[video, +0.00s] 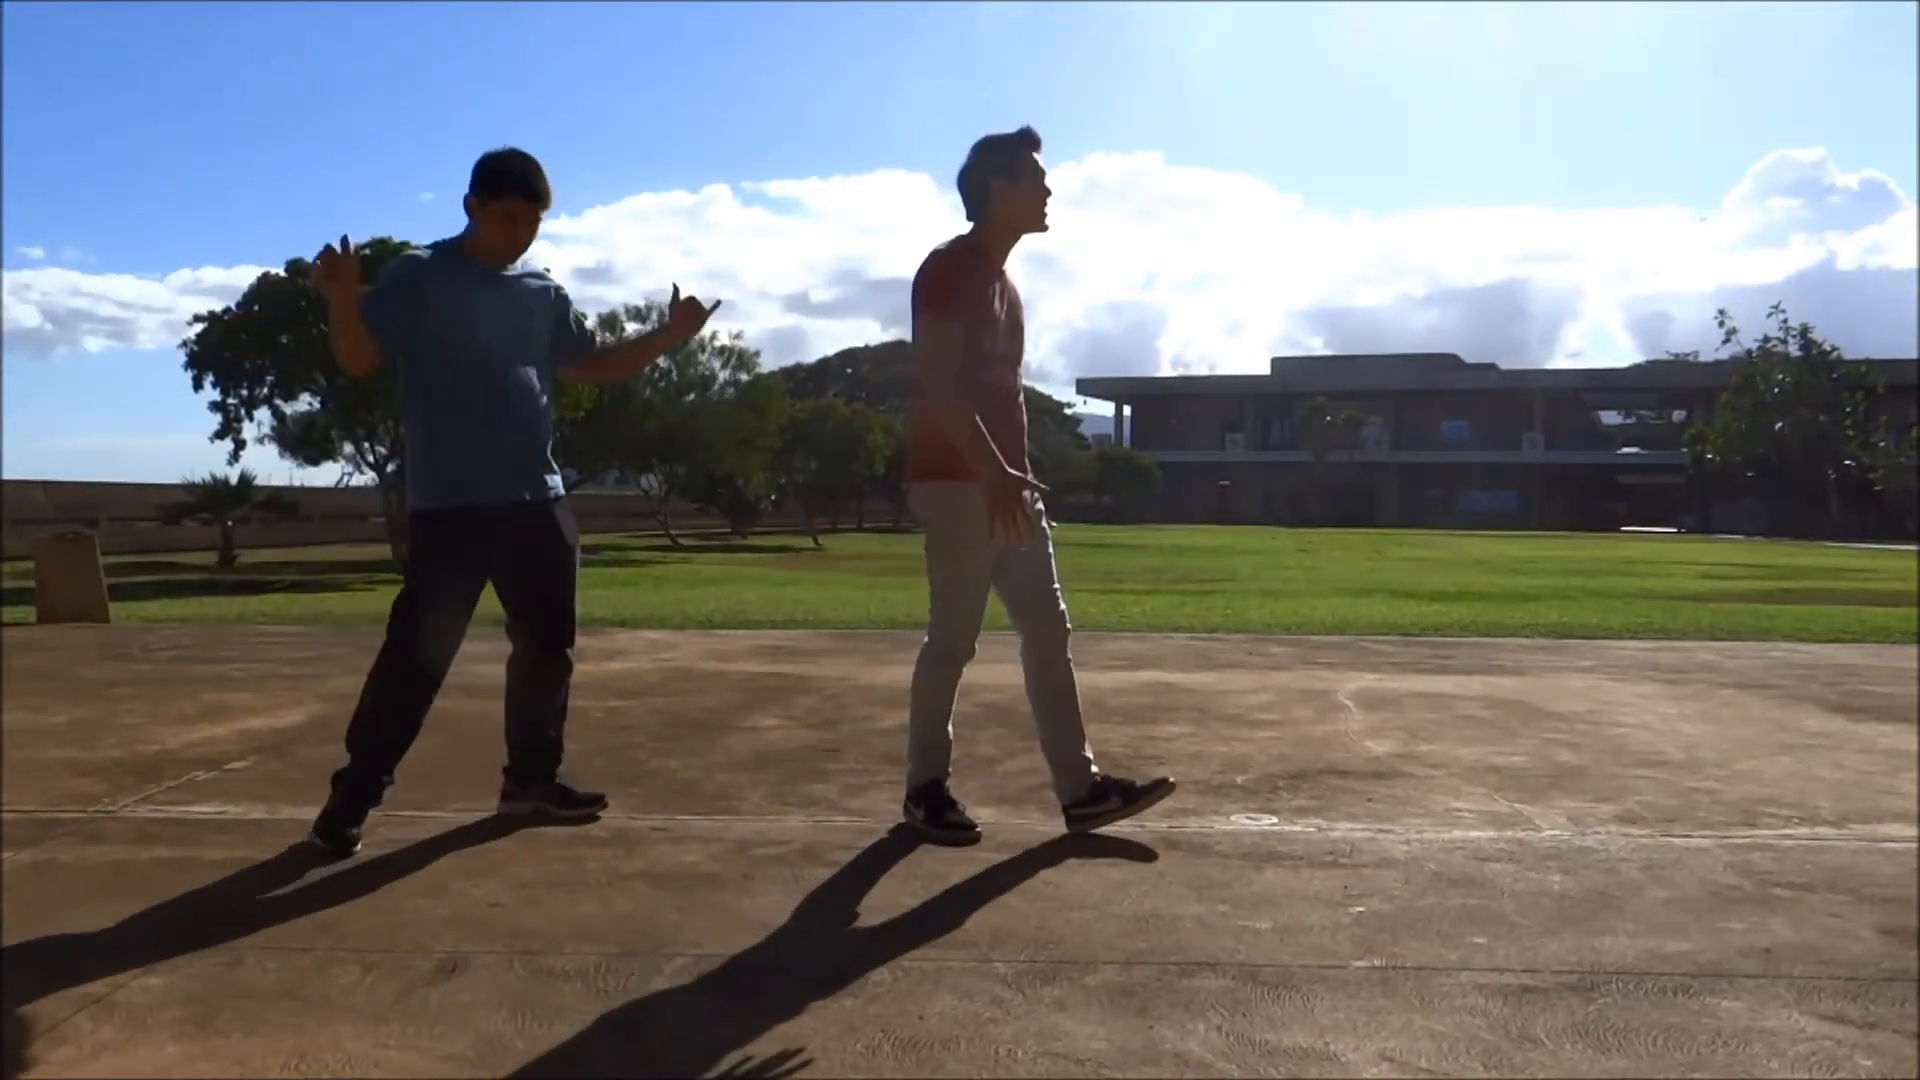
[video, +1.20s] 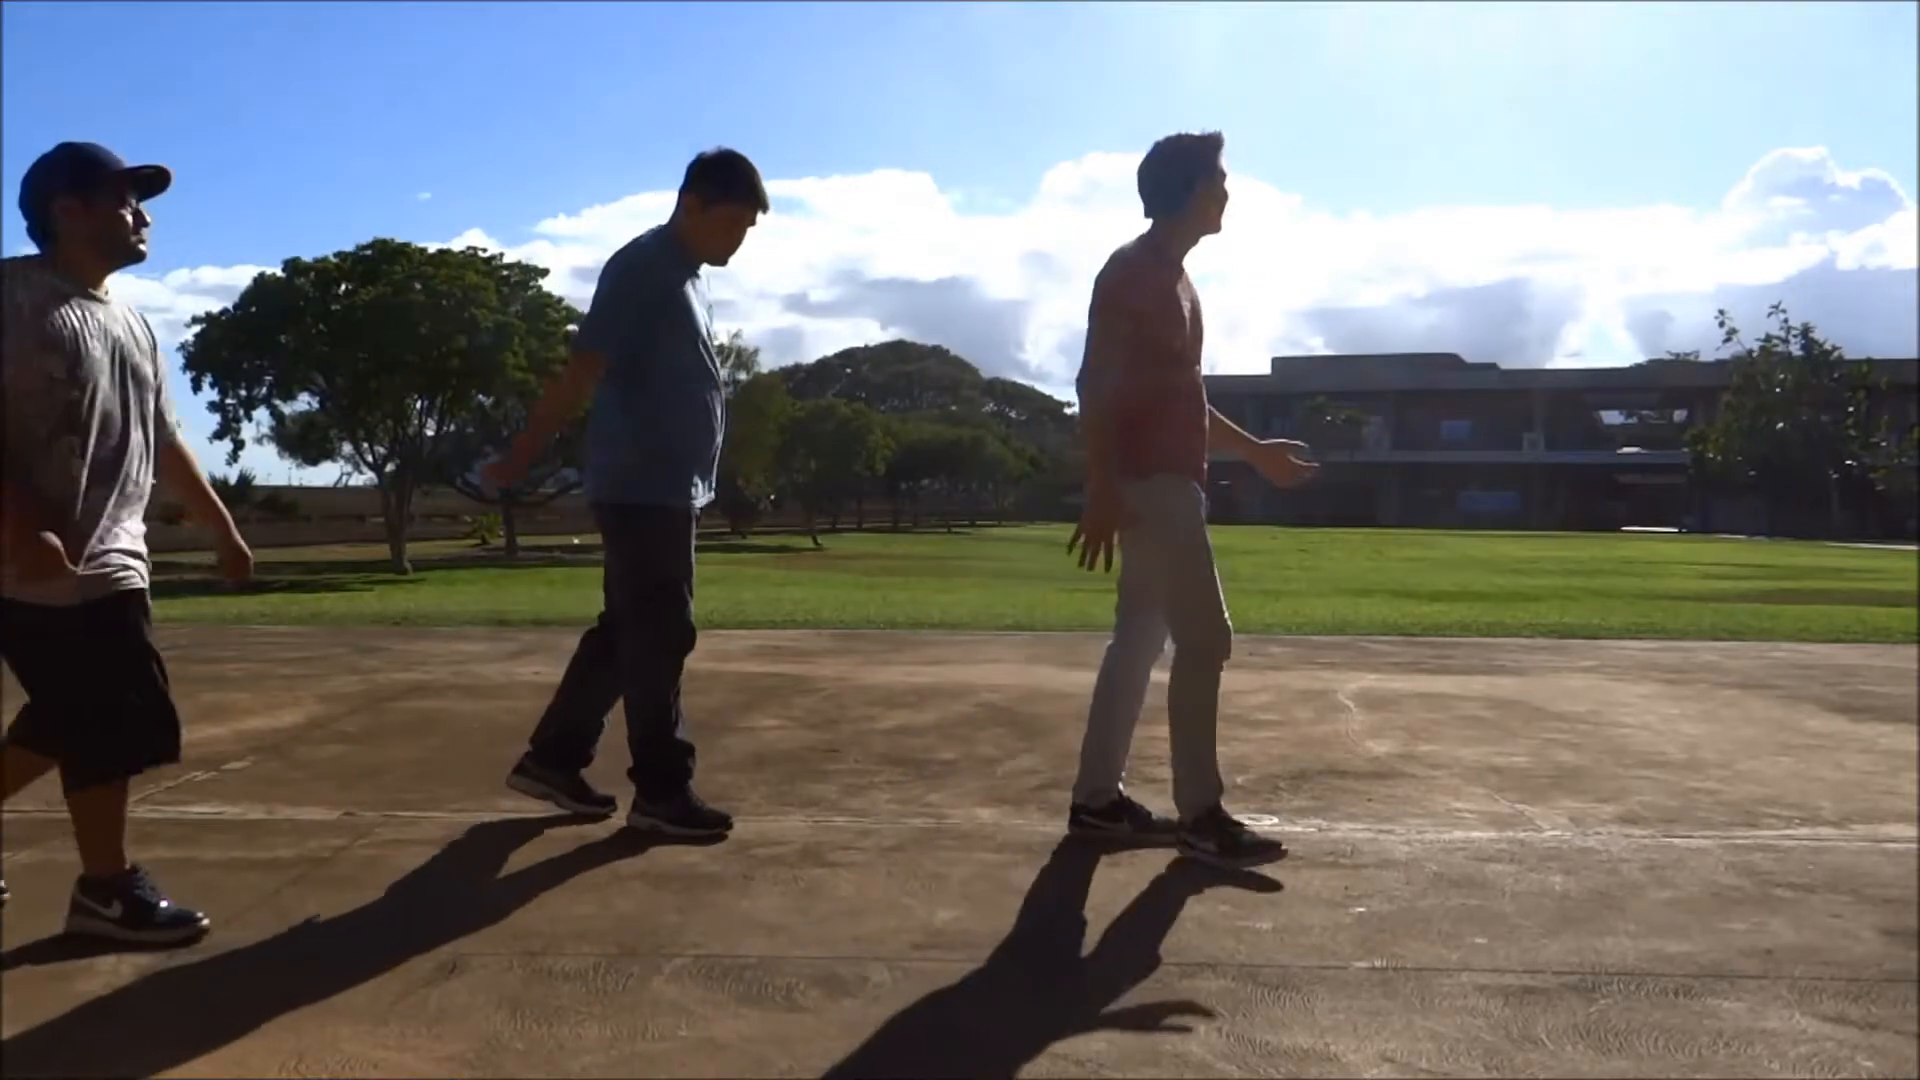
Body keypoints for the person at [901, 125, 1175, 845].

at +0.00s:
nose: (1048, 188)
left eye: (1043, 175)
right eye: (1035, 176)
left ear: (1011, 191)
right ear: (996, 191)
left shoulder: (1005, 285)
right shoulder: (951, 271)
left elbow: (1001, 391)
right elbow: (941, 388)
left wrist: (1018, 474)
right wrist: (994, 471)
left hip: (1007, 478)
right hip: (956, 481)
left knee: (1046, 630)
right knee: (953, 638)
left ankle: (1081, 787)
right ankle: (926, 791)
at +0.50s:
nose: (1130, 185)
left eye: (1125, 175)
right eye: (1117, 175)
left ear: (1091, 192)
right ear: (1082, 190)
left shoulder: (1076, 279)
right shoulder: (1043, 264)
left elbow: (1076, 388)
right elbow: (1043, 375)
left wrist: (1095, 480)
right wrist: (1079, 477)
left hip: (1078, 480)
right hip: (1032, 479)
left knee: (1087, 642)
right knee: (1006, 633)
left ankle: (1093, 799)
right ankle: (932, 776)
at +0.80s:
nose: (1174, 181)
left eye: (1168, 169)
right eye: (1161, 170)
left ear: (1133, 190)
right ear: (1126, 188)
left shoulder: (1121, 273)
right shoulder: (1091, 265)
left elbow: (1109, 389)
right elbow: (1077, 380)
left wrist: (1153, 457)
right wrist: (1108, 471)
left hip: (1123, 479)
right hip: (1089, 476)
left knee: (1115, 641)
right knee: (1097, 638)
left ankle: (1096, 799)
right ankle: (983, 752)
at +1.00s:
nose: (1200, 188)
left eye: (1195, 176)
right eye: (1188, 176)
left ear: (1155, 191)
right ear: (1155, 189)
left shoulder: (1147, 276)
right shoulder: (1110, 269)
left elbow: (1155, 392)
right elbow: (1090, 386)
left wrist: (1208, 456)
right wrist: (1102, 483)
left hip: (1149, 481)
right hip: (1127, 483)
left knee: (1133, 633)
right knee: (1165, 633)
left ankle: (1103, 792)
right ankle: (1072, 778)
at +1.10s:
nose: (1215, 190)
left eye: (1211, 178)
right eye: (1204, 178)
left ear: (1169, 193)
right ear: (1173, 191)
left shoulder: (1164, 280)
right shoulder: (1119, 270)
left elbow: (1170, 399)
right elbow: (1091, 387)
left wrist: (1235, 452)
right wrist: (1100, 486)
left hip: (1162, 487)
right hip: (1141, 488)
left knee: (1136, 635)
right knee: (1188, 638)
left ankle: (1099, 804)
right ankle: (1131, 803)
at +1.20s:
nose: (1229, 192)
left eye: (1225, 179)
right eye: (1220, 180)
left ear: (1184, 193)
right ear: (1189, 192)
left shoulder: (1177, 279)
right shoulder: (1133, 271)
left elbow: (1182, 398)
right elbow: (1097, 387)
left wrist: (1256, 448)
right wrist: (1101, 488)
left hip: (1169, 485)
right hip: (1153, 487)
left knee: (1138, 640)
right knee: (1205, 641)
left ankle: (1097, 799)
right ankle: (1200, 816)